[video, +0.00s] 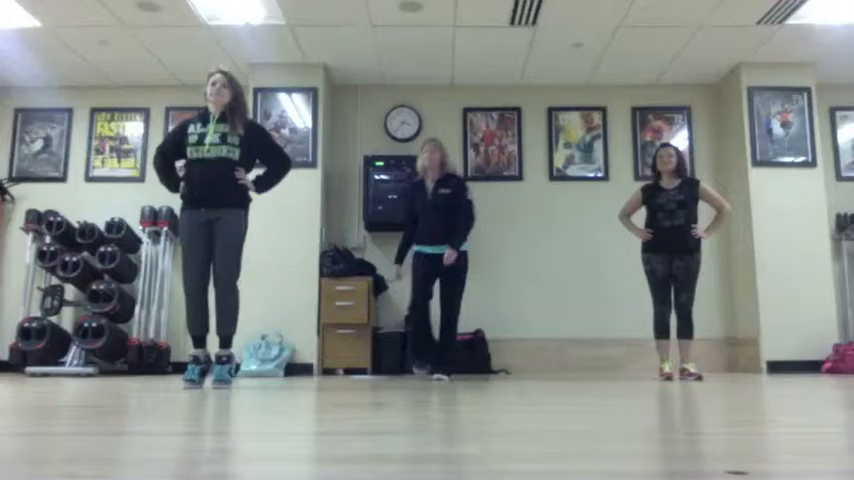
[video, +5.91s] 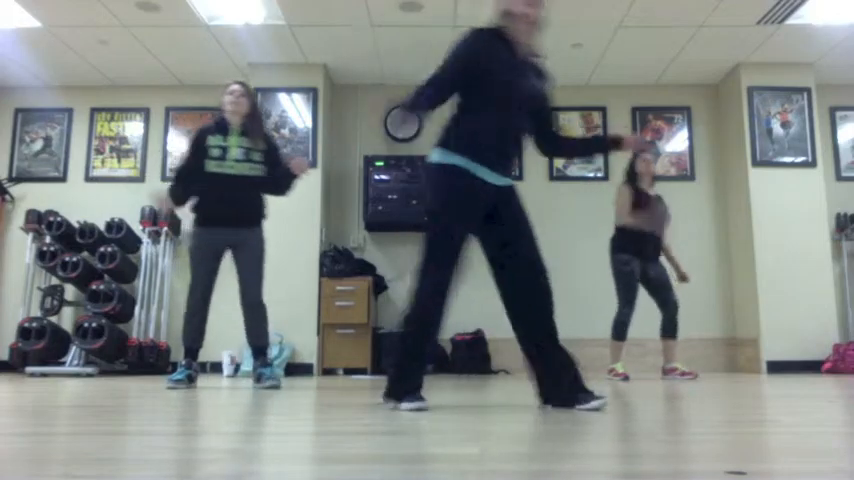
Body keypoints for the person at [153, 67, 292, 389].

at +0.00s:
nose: (216, 88)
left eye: (223, 85)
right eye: (212, 84)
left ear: (233, 94)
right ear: (205, 91)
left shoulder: (249, 130)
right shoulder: (189, 128)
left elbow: (282, 163)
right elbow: (161, 157)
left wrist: (257, 183)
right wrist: (175, 183)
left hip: (230, 211)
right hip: (193, 210)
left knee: (225, 281)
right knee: (193, 283)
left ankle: (225, 356)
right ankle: (198, 356)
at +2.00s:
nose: (214, 101)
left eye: (221, 98)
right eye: (211, 97)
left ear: (233, 107)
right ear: (204, 105)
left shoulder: (250, 141)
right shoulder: (193, 139)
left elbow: (283, 174)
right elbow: (165, 168)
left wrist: (257, 198)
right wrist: (178, 197)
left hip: (232, 227)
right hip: (197, 226)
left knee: (227, 294)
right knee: (200, 295)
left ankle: (226, 362)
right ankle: (205, 362)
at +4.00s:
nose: (214, 101)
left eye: (221, 98)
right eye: (210, 97)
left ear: (231, 107)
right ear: (203, 105)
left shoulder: (246, 143)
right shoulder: (188, 140)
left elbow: (281, 175)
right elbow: (159, 172)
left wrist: (257, 196)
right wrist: (175, 199)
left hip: (233, 227)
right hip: (196, 227)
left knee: (230, 296)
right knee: (201, 297)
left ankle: (227, 362)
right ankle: (205, 362)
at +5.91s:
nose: (234, 98)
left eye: (241, 94)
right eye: (229, 93)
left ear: (251, 104)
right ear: (221, 102)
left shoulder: (262, 141)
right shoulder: (206, 136)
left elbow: (277, 186)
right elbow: (188, 175)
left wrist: (291, 172)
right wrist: (174, 198)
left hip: (247, 230)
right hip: (209, 229)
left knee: (252, 297)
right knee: (198, 295)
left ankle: (262, 365)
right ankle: (189, 364)